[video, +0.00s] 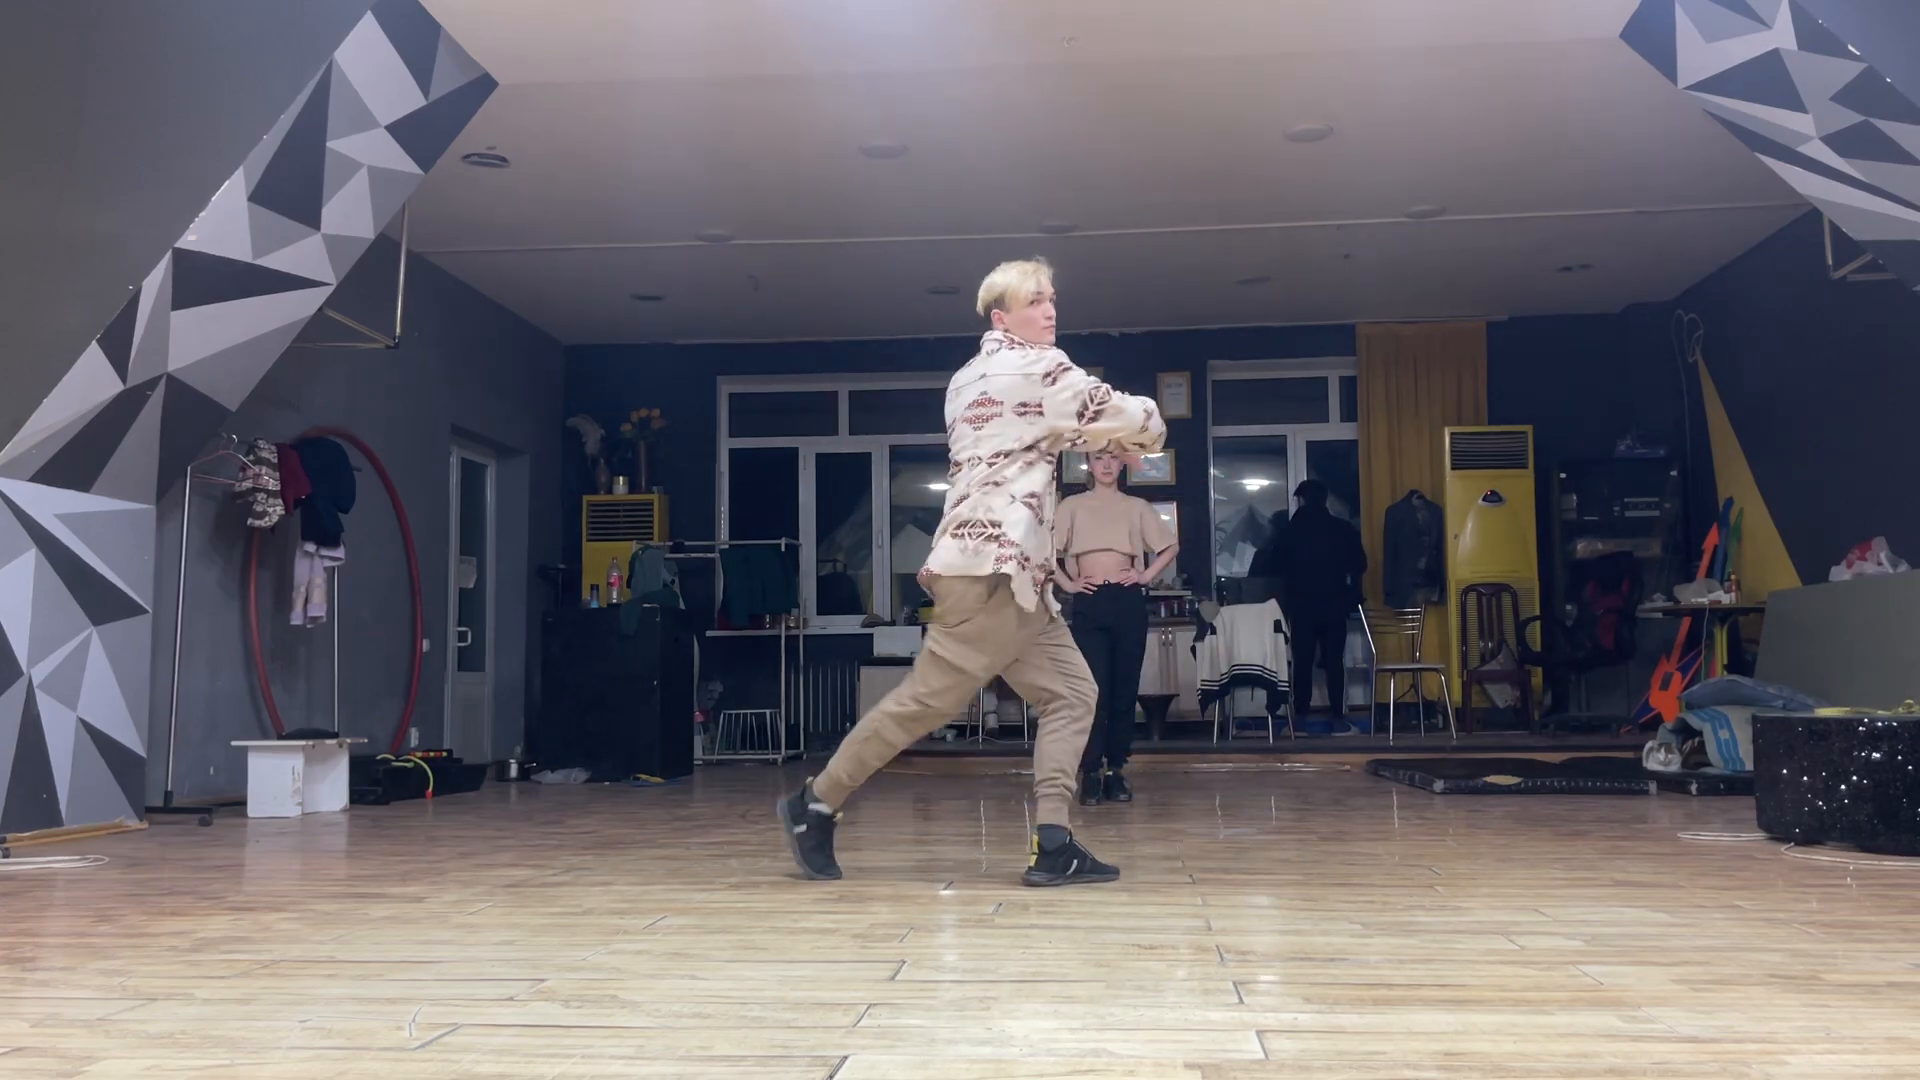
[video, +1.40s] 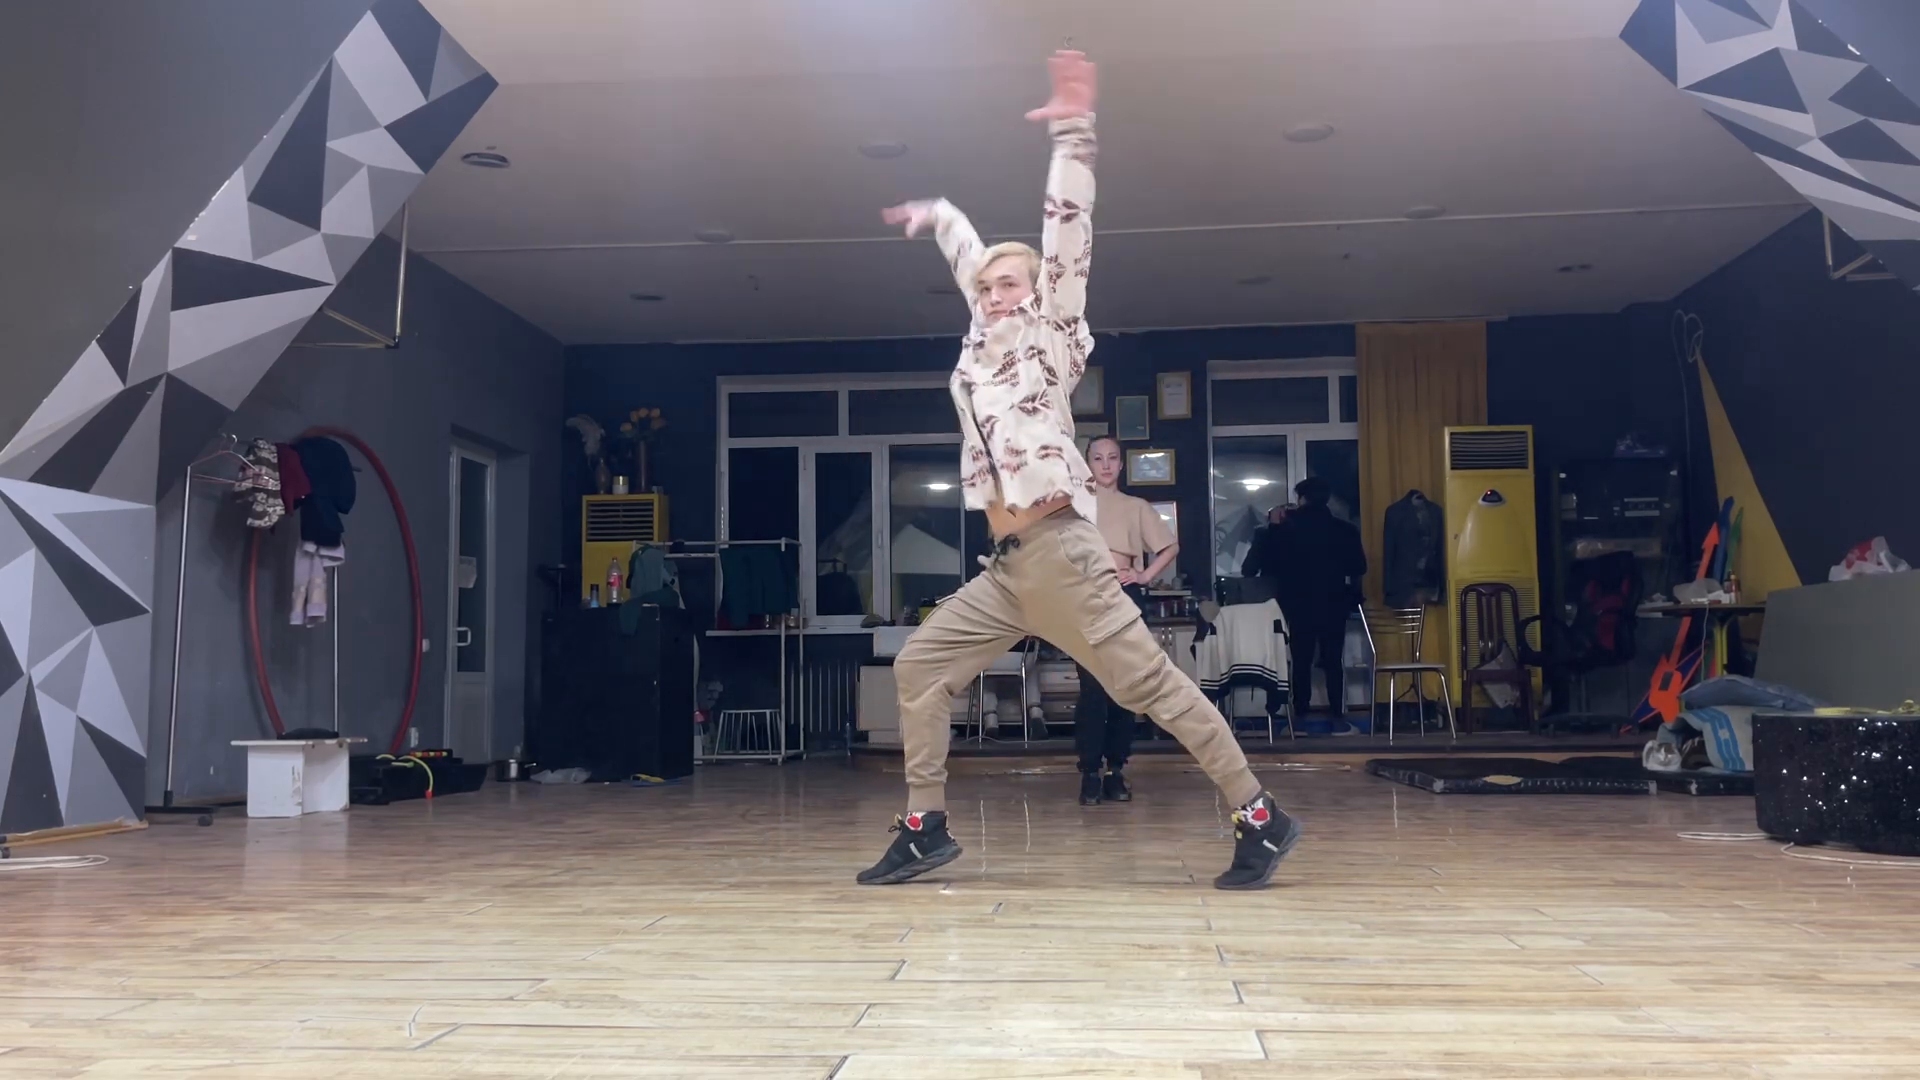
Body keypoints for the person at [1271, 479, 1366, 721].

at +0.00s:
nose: (1298, 504)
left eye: (1298, 500)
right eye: (1298, 500)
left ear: (1301, 500)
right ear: (1325, 500)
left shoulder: (1289, 530)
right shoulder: (1342, 527)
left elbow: (1277, 569)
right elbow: (1359, 565)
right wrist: (1353, 595)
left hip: (1301, 605)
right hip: (1333, 603)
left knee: (1302, 663)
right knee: (1334, 661)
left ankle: (1300, 719)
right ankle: (1337, 719)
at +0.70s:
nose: (1301, 502)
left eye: (1302, 498)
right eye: (1302, 498)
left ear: (1305, 499)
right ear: (1328, 499)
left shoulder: (1291, 529)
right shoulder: (1346, 529)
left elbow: (1272, 566)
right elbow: (1360, 567)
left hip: (1302, 604)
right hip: (1335, 604)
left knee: (1302, 661)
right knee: (1334, 661)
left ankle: (1300, 719)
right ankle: (1337, 719)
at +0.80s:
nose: (1300, 502)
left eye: (1301, 498)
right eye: (1301, 499)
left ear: (1304, 499)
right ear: (1328, 499)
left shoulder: (1289, 529)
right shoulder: (1346, 529)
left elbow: (1271, 566)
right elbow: (1359, 567)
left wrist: (1276, 531)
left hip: (1301, 604)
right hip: (1334, 604)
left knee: (1302, 662)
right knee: (1334, 661)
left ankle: (1301, 719)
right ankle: (1337, 719)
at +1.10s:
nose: (1299, 502)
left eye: (1300, 498)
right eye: (1300, 498)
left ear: (1303, 499)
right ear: (1327, 499)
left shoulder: (1288, 529)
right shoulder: (1345, 529)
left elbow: (1270, 566)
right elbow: (1358, 568)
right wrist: (1353, 598)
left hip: (1299, 604)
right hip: (1333, 603)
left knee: (1301, 661)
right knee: (1333, 661)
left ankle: (1300, 719)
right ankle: (1337, 718)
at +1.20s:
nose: (1299, 502)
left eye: (1300, 498)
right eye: (1300, 498)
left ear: (1303, 499)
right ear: (1327, 499)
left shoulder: (1288, 529)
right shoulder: (1345, 529)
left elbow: (1270, 566)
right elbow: (1358, 568)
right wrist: (1353, 598)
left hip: (1300, 604)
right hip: (1333, 604)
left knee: (1301, 661)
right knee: (1333, 661)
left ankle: (1300, 718)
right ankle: (1337, 718)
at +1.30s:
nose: (1299, 502)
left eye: (1300, 498)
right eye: (1300, 498)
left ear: (1303, 499)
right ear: (1327, 499)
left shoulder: (1287, 528)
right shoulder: (1345, 529)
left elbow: (1270, 566)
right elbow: (1358, 568)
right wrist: (1353, 598)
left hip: (1299, 603)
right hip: (1333, 603)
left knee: (1301, 661)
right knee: (1333, 661)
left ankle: (1300, 718)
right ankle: (1337, 718)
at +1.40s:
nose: (1298, 502)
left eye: (1299, 498)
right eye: (1300, 498)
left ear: (1302, 499)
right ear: (1327, 499)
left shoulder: (1286, 529)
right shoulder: (1345, 529)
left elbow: (1264, 566)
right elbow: (1358, 568)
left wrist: (1271, 527)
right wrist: (1352, 598)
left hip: (1298, 604)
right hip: (1333, 604)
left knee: (1301, 661)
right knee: (1333, 661)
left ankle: (1300, 719)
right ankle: (1337, 719)